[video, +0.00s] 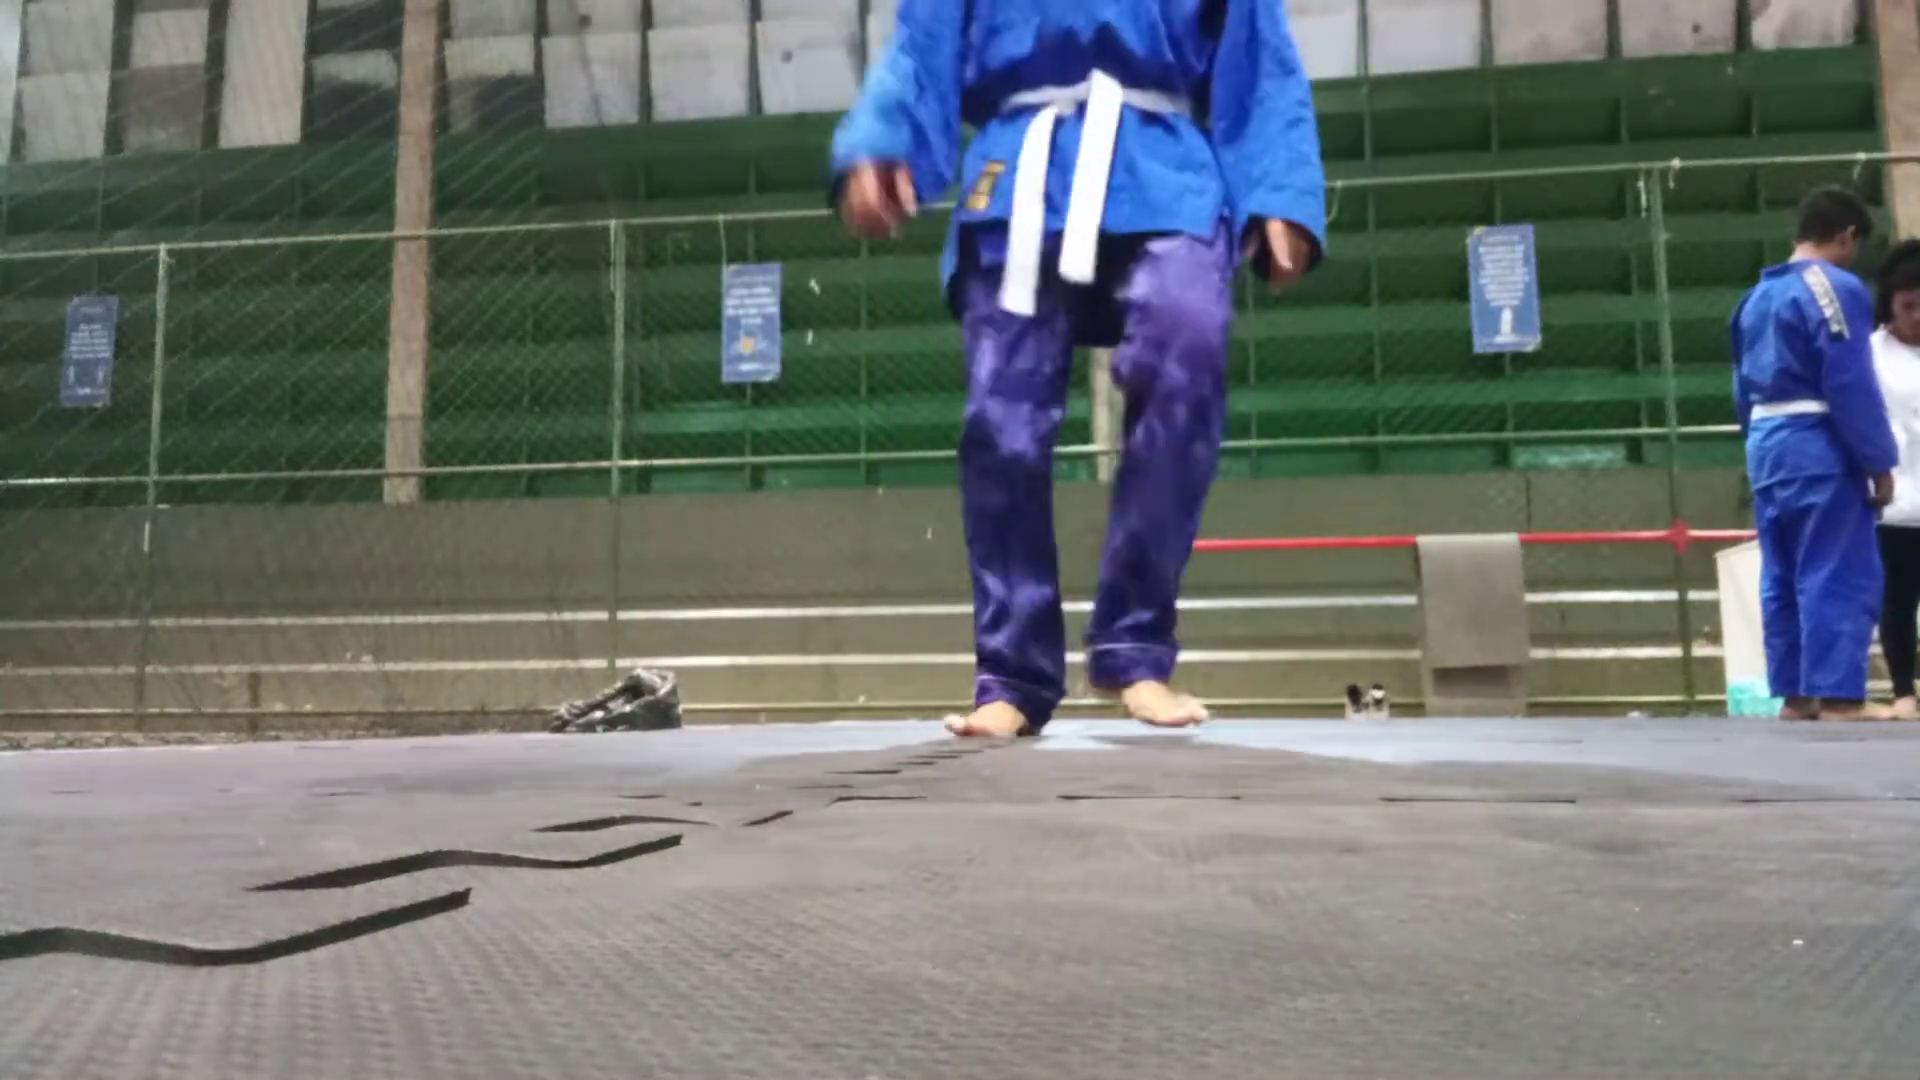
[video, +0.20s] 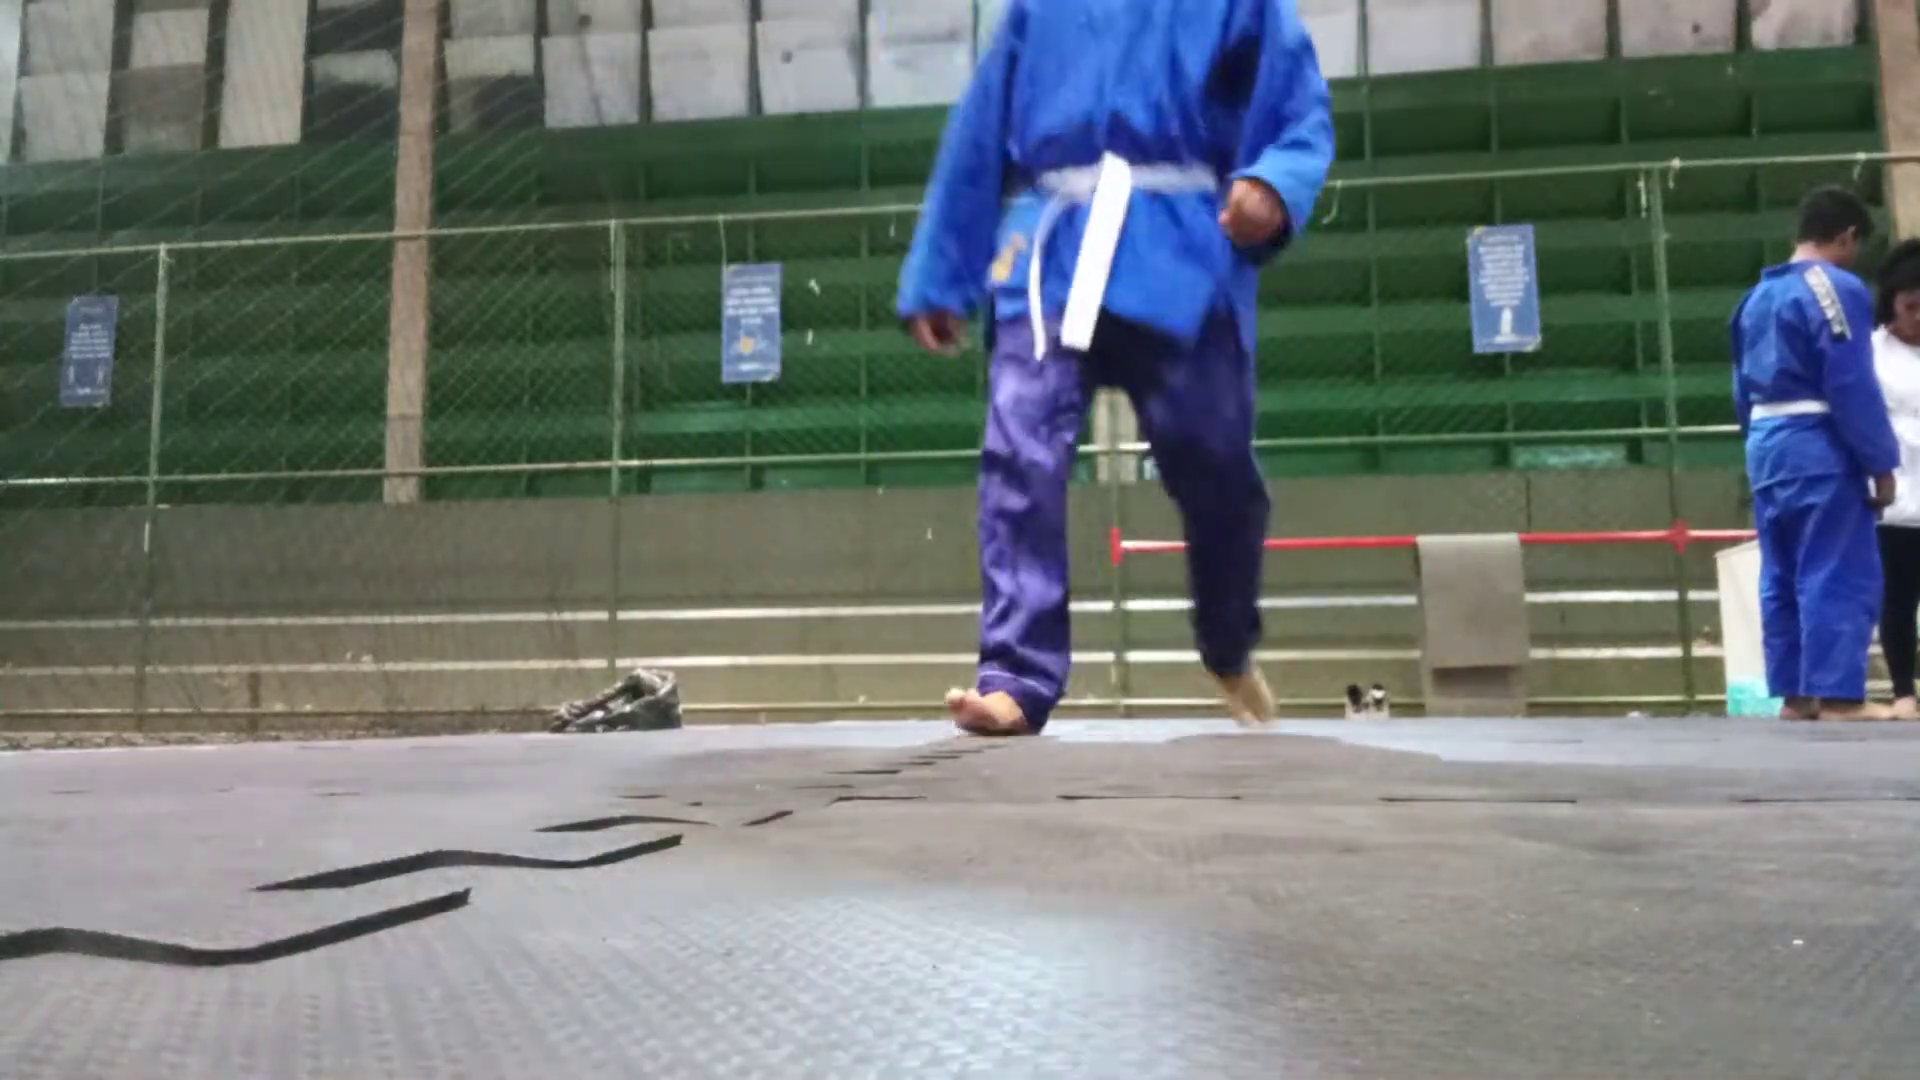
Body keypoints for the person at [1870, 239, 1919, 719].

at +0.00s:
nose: (1914, 315)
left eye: (1918, 305)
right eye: (1907, 305)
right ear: (1889, 305)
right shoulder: (1869, 351)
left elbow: (1860, 418)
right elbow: (1856, 416)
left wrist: (1871, 470)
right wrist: (1870, 473)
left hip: (1910, 498)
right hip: (1894, 498)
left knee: (1906, 605)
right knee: (1898, 605)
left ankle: (1907, 689)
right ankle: (1903, 690)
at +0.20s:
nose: (1915, 315)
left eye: (1918, 306)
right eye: (1909, 306)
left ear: (1919, 307)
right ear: (1891, 305)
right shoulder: (1872, 349)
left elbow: (1863, 412)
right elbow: (1858, 412)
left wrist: (1874, 463)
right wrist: (1874, 466)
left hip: (1911, 495)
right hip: (1895, 495)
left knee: (1906, 603)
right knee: (1898, 603)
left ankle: (1907, 688)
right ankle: (1903, 689)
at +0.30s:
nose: (1916, 316)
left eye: (1919, 307)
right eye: (1911, 306)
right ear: (1893, 303)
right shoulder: (1872, 348)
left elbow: (1865, 408)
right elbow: (1860, 408)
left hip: (1913, 496)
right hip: (1895, 496)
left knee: (1907, 603)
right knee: (1898, 603)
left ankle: (1908, 689)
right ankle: (1904, 690)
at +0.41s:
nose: (1916, 315)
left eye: (1919, 306)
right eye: (1910, 306)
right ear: (1893, 305)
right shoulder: (1873, 349)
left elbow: (1861, 414)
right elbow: (1857, 413)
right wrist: (1873, 471)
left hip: (1913, 499)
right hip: (1895, 499)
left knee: (1907, 605)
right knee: (1898, 605)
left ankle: (1908, 689)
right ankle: (1904, 690)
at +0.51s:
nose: (1917, 315)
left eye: (1919, 305)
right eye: (1911, 305)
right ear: (1893, 305)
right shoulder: (1871, 350)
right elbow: (1854, 408)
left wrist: (1898, 401)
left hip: (1913, 499)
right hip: (1894, 500)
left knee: (1907, 604)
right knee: (1898, 604)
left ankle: (1908, 689)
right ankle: (1904, 690)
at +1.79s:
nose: (1914, 316)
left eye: (1918, 307)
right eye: (1908, 307)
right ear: (1889, 307)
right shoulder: (1870, 351)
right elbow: (1853, 412)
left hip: (1914, 496)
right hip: (1893, 497)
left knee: (1906, 603)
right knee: (1898, 603)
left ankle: (1908, 688)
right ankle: (1904, 689)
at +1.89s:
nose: (1914, 317)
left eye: (1918, 307)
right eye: (1907, 307)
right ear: (1889, 307)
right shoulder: (1871, 349)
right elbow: (1855, 414)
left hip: (1914, 496)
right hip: (1893, 497)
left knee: (1907, 603)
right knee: (1898, 603)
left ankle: (1908, 688)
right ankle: (1904, 690)